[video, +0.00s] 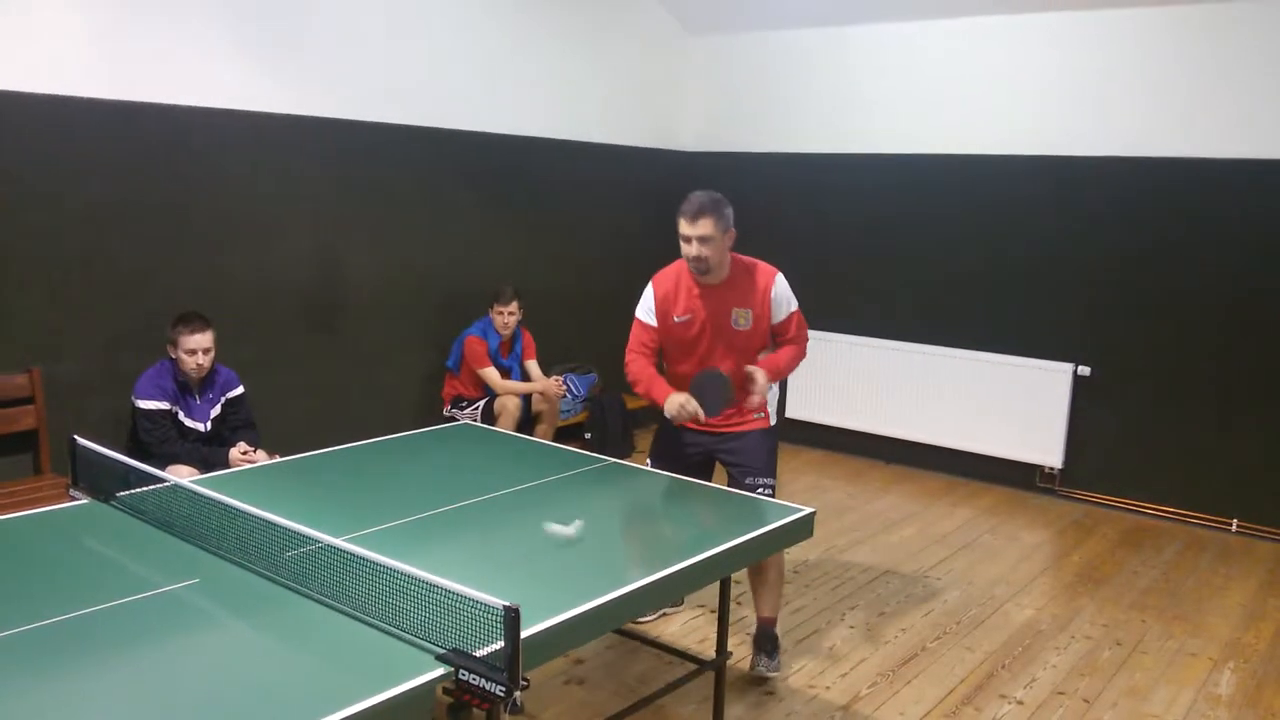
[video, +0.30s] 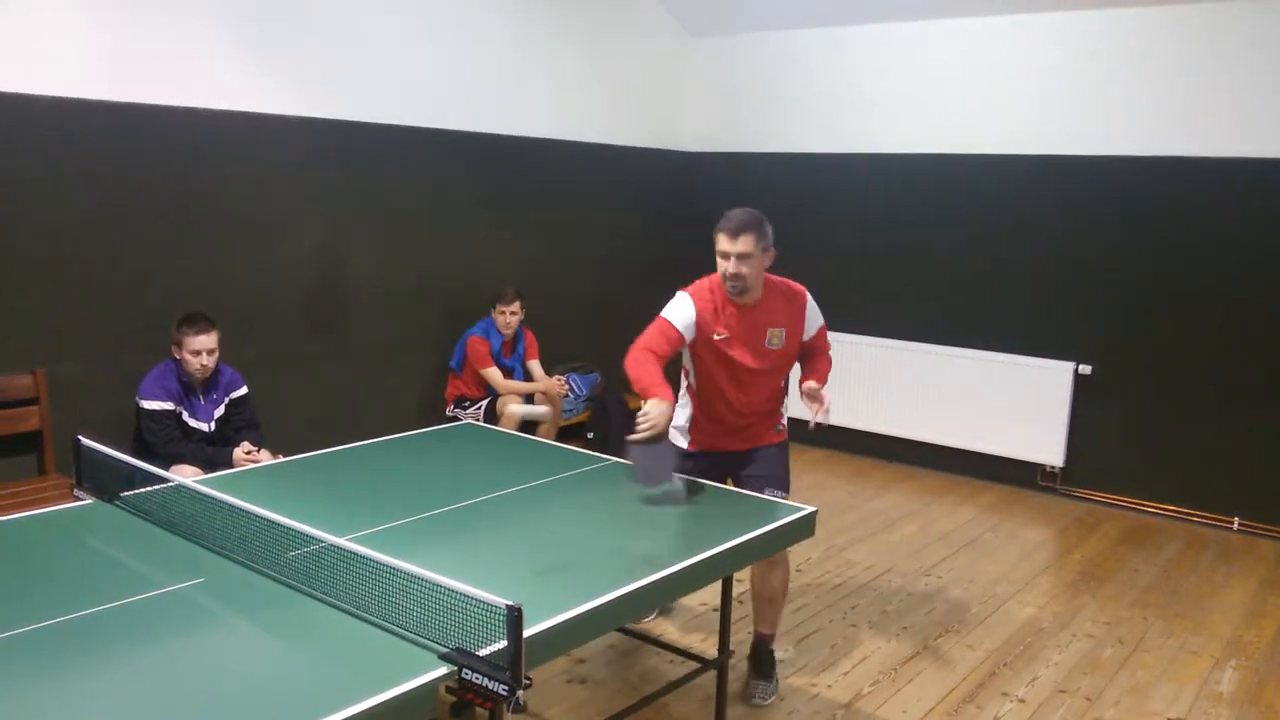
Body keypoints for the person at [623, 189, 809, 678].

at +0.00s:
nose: (695, 252)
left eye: (706, 241)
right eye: (687, 240)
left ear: (730, 238)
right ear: (678, 237)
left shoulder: (766, 282)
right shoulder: (662, 288)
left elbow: (795, 342)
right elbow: (636, 358)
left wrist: (767, 369)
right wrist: (666, 396)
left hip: (747, 423)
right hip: (683, 423)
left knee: (760, 523)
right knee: (662, 513)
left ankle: (766, 634)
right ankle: (667, 587)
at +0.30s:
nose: (732, 268)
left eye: (744, 258)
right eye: (724, 257)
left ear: (768, 257)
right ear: (715, 255)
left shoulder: (796, 301)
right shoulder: (695, 300)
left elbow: (816, 350)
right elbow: (641, 354)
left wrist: (813, 381)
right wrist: (660, 394)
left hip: (763, 440)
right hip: (698, 439)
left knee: (769, 539)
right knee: (673, 524)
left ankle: (763, 655)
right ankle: (660, 581)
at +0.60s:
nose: (700, 236)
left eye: (712, 226)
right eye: (693, 225)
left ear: (740, 229)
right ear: (685, 228)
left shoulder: (777, 287)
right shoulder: (668, 283)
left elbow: (798, 357)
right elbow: (660, 351)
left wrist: (744, 384)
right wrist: (678, 393)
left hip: (750, 438)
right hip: (685, 433)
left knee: (757, 544)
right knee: (659, 517)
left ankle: (760, 655)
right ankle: (663, 590)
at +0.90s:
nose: (657, 226)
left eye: (668, 217)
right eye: (652, 217)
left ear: (699, 219)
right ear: (648, 220)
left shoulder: (739, 277)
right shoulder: (645, 274)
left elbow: (758, 352)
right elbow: (635, 339)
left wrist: (699, 386)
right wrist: (649, 381)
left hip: (739, 425)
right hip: (679, 423)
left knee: (752, 522)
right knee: (658, 511)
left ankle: (769, 637)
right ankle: (666, 594)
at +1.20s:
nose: (669, 234)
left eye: (680, 224)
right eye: (663, 224)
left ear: (709, 222)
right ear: (658, 225)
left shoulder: (751, 274)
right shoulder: (653, 279)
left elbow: (778, 346)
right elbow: (634, 345)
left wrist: (725, 387)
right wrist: (643, 392)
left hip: (753, 423)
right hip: (688, 421)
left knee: (767, 520)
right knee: (667, 508)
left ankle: (779, 622)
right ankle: (668, 590)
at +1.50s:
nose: (696, 224)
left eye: (707, 214)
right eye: (689, 213)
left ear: (735, 214)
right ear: (682, 215)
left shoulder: (775, 270)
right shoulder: (669, 272)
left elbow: (804, 336)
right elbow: (641, 336)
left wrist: (776, 388)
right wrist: (637, 384)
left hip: (757, 424)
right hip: (693, 418)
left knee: (770, 524)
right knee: (666, 509)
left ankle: (774, 625)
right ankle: (661, 588)